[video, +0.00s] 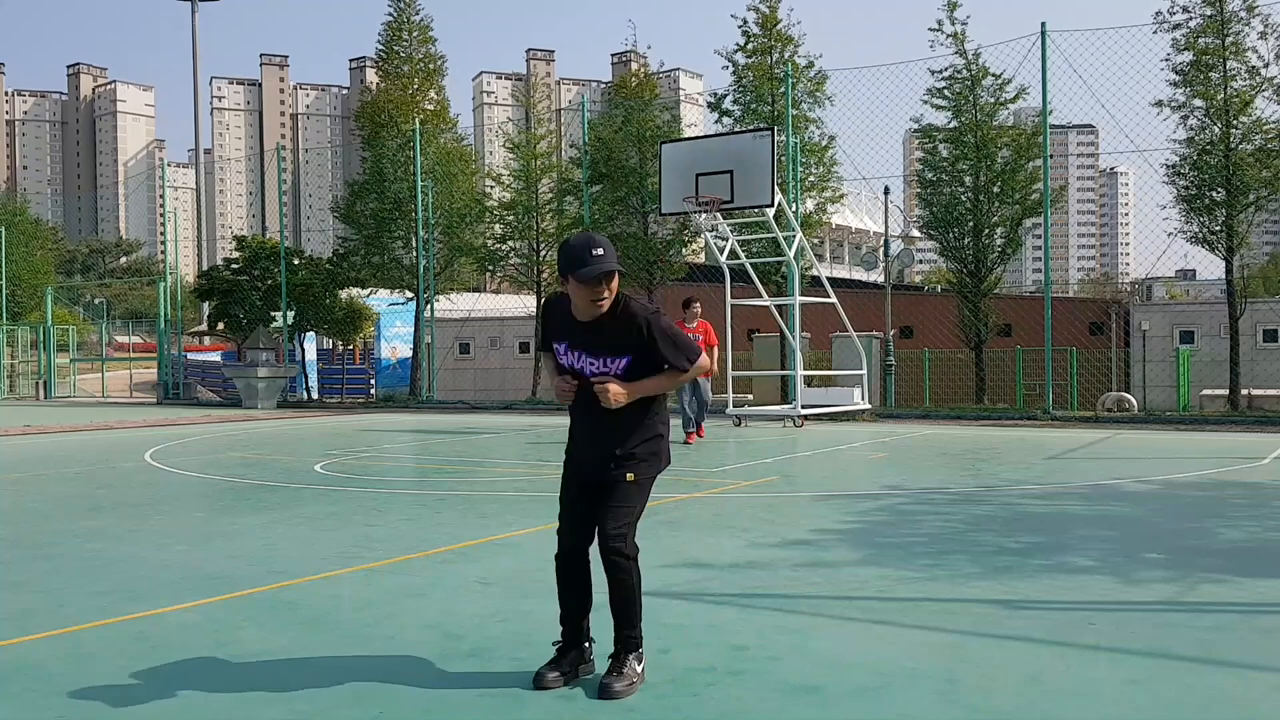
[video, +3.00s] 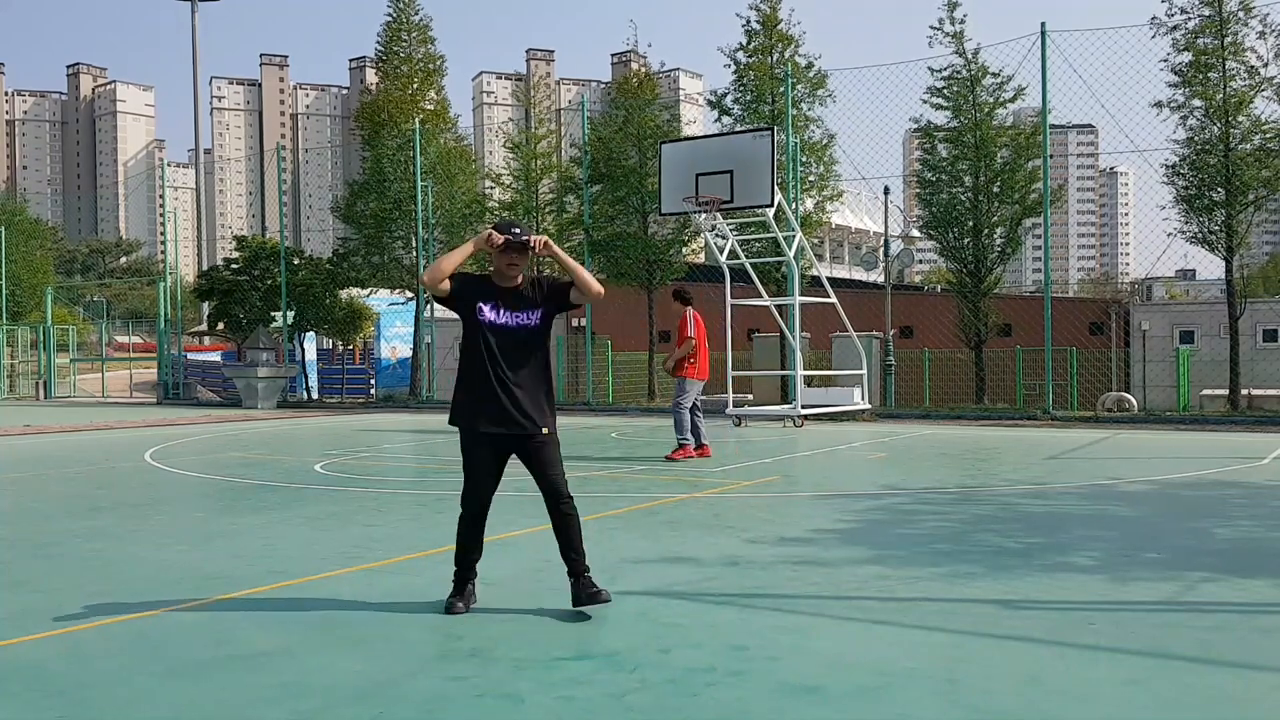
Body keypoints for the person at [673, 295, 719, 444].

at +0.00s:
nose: (698, 310)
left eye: (699, 307)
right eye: (694, 308)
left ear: (701, 309)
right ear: (686, 310)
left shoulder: (705, 326)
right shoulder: (677, 327)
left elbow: (714, 345)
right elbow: (672, 347)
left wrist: (714, 363)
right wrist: (675, 364)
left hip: (702, 368)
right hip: (683, 369)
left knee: (705, 398)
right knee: (685, 401)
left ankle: (699, 421)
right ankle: (689, 430)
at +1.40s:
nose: (721, 305)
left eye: (721, 302)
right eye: (717, 302)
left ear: (722, 304)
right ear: (707, 304)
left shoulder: (726, 321)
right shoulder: (694, 322)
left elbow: (734, 344)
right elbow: (681, 340)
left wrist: (738, 363)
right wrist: (675, 353)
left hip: (723, 367)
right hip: (702, 368)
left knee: (727, 398)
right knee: (704, 406)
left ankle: (723, 433)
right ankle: (708, 437)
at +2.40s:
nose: (699, 305)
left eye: (702, 302)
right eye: (699, 302)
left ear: (712, 303)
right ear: (706, 303)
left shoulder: (729, 321)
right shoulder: (698, 322)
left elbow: (738, 344)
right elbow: (690, 344)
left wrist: (731, 362)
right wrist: (682, 356)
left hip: (724, 373)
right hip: (704, 372)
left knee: (726, 411)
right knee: (703, 409)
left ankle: (728, 442)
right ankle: (703, 444)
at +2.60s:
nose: (688, 304)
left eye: (690, 301)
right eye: (689, 301)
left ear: (699, 302)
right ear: (697, 303)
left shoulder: (716, 319)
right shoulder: (692, 322)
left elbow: (724, 343)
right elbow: (689, 345)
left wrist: (710, 362)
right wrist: (680, 356)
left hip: (712, 371)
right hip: (693, 372)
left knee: (718, 407)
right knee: (695, 410)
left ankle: (727, 436)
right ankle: (701, 445)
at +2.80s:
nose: (678, 305)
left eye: (680, 301)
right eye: (679, 301)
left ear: (687, 301)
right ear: (690, 301)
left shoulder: (704, 316)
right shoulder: (690, 321)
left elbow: (707, 344)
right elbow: (690, 345)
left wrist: (688, 360)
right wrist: (679, 356)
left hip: (703, 371)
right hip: (690, 371)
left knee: (698, 403)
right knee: (691, 407)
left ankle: (716, 436)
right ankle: (701, 444)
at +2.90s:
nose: (675, 305)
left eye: (676, 301)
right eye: (675, 301)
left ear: (683, 302)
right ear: (688, 301)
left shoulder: (696, 316)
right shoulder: (691, 318)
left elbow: (699, 341)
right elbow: (686, 343)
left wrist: (681, 358)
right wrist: (676, 356)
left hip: (697, 370)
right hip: (693, 369)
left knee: (688, 405)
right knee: (694, 405)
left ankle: (703, 443)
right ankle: (701, 444)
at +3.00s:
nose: (672, 305)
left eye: (673, 301)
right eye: (672, 301)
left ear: (679, 301)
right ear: (687, 300)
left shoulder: (689, 316)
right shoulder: (694, 316)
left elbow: (690, 341)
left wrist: (673, 359)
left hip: (691, 372)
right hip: (698, 372)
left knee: (680, 406)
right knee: (694, 408)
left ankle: (685, 446)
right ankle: (702, 445)